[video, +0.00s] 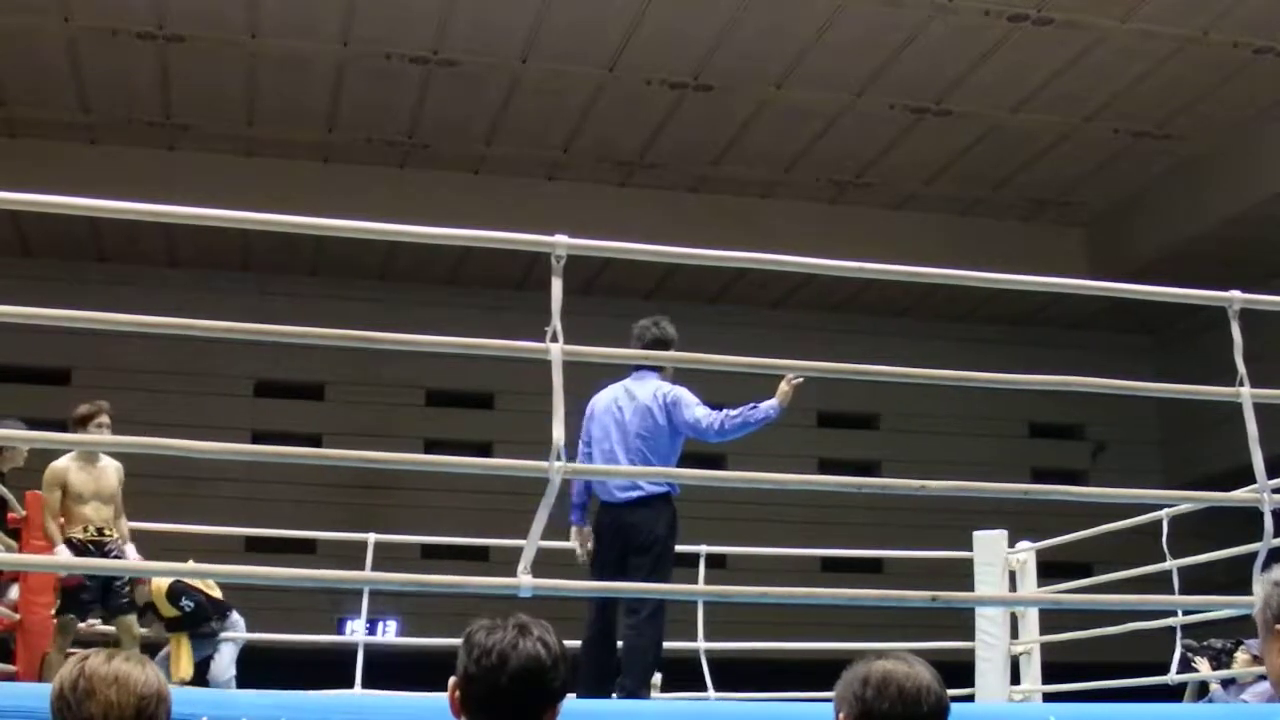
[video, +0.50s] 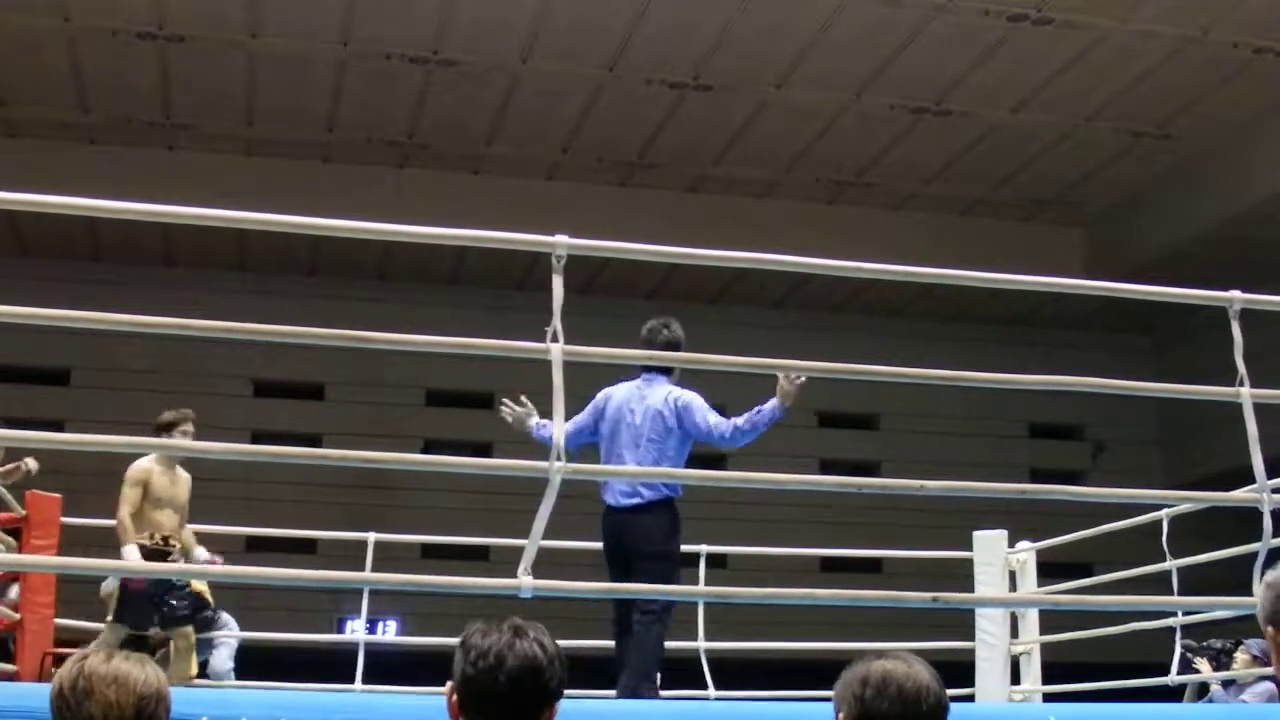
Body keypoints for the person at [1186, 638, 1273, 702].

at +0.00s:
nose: (1235, 655)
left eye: (1243, 652)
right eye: (1237, 651)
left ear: (1257, 661)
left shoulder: (1265, 687)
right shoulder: (1231, 689)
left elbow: (1235, 711)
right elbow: (1196, 711)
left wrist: (1212, 680)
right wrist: (1194, 678)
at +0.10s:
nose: (1235, 655)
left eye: (1243, 652)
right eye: (1237, 651)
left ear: (1258, 661)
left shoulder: (1266, 687)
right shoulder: (1230, 689)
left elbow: (1235, 711)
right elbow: (1194, 711)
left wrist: (1211, 681)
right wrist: (1194, 679)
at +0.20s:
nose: (1234, 655)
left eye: (1243, 652)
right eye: (1237, 651)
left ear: (1258, 661)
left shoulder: (1266, 687)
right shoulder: (1229, 689)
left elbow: (1234, 711)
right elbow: (1192, 711)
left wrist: (1211, 680)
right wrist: (1194, 678)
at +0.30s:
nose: (1234, 655)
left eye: (1243, 652)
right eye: (1237, 651)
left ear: (1258, 662)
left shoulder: (1266, 688)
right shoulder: (1228, 689)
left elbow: (1234, 711)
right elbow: (1192, 711)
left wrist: (1211, 680)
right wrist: (1195, 679)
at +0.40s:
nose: (1234, 655)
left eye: (1243, 652)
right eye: (1236, 651)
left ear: (1258, 662)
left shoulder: (1266, 687)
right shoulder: (1230, 690)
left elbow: (1235, 711)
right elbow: (1191, 711)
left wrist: (1211, 680)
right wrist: (1194, 680)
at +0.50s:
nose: (1234, 655)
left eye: (1243, 652)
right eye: (1236, 651)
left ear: (1258, 661)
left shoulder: (1266, 688)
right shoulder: (1230, 689)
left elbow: (1233, 711)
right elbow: (1190, 711)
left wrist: (1212, 680)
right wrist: (1194, 678)